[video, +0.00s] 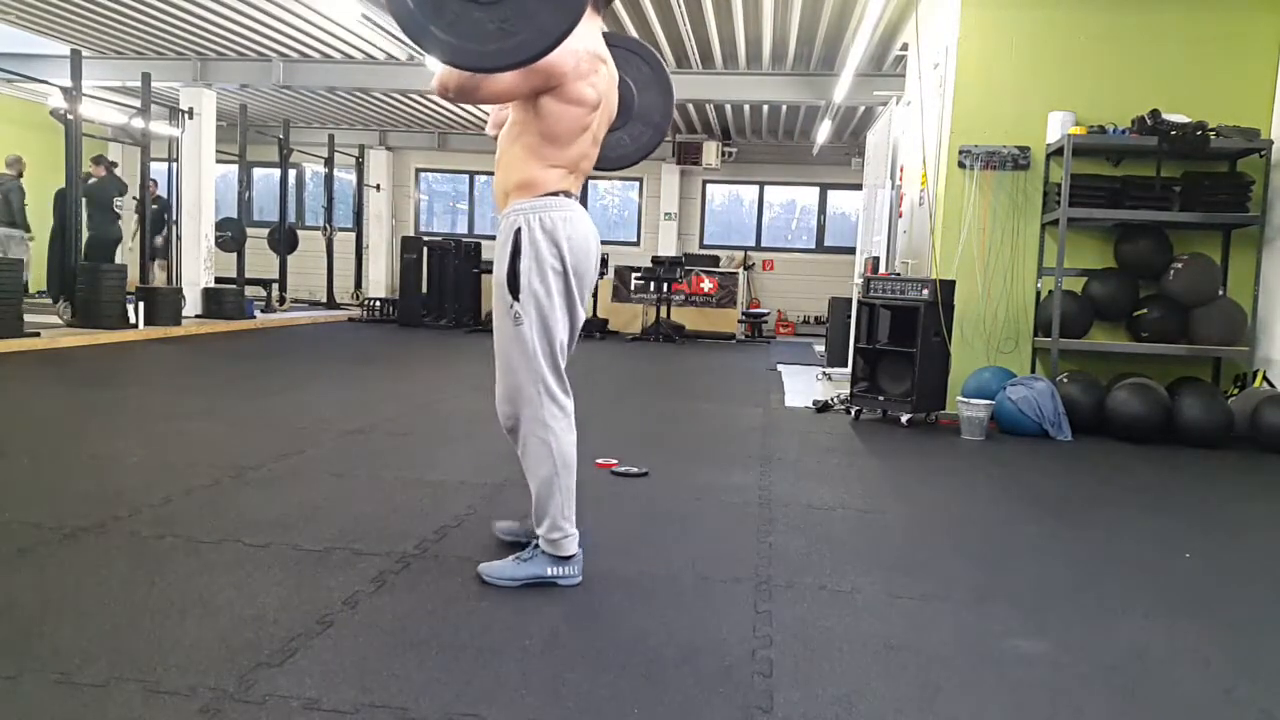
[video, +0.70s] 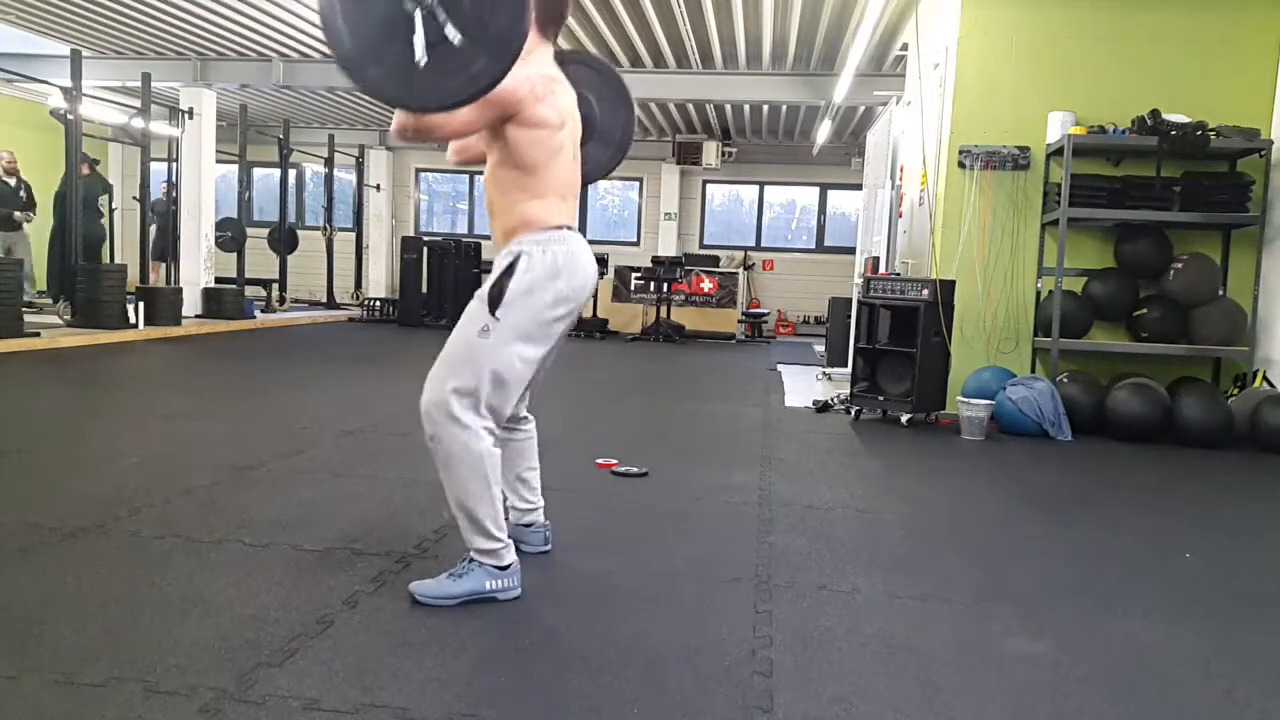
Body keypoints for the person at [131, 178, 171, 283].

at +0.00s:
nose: (148, 189)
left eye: (151, 186)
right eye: (147, 187)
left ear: (156, 188)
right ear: (145, 188)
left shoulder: (162, 201)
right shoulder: (142, 201)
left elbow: (168, 220)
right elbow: (136, 221)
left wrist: (163, 236)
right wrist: (131, 241)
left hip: (158, 235)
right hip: (145, 235)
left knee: (162, 263)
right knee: (146, 262)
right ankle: (145, 284)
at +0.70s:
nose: (165, 191)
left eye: (168, 188)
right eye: (163, 188)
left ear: (173, 189)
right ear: (160, 189)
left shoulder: (177, 202)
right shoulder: (155, 203)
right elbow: (149, 220)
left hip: (175, 234)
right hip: (160, 233)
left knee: (176, 263)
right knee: (155, 263)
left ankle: (177, 289)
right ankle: (152, 288)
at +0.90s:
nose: (169, 192)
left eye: (172, 189)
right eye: (167, 189)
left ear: (176, 190)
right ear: (165, 189)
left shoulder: (180, 203)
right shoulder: (160, 204)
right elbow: (150, 218)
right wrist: (162, 221)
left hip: (179, 237)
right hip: (165, 237)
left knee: (180, 266)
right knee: (158, 266)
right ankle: (152, 287)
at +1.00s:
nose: (171, 192)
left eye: (174, 189)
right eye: (169, 189)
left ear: (177, 190)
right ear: (166, 190)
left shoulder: (181, 203)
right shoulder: (161, 204)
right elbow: (152, 219)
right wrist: (164, 222)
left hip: (179, 237)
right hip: (166, 236)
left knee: (178, 264)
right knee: (160, 264)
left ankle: (177, 289)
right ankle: (153, 288)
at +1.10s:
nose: (173, 192)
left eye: (175, 189)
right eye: (171, 189)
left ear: (178, 190)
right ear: (167, 190)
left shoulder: (181, 204)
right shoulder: (163, 204)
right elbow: (155, 218)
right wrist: (165, 222)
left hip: (179, 236)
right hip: (167, 235)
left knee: (177, 264)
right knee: (160, 264)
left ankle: (177, 288)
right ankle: (153, 287)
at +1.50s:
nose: (173, 190)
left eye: (175, 188)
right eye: (171, 188)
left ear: (178, 189)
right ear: (167, 189)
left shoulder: (180, 203)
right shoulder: (162, 203)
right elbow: (159, 218)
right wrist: (164, 226)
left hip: (178, 235)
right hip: (165, 235)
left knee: (175, 262)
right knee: (157, 263)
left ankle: (175, 286)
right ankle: (153, 285)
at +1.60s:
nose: (168, 191)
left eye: (171, 188)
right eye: (166, 188)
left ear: (176, 190)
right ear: (163, 190)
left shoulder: (179, 204)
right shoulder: (158, 204)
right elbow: (154, 221)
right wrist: (153, 236)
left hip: (177, 236)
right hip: (163, 236)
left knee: (175, 264)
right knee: (156, 264)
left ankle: (175, 288)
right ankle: (153, 287)